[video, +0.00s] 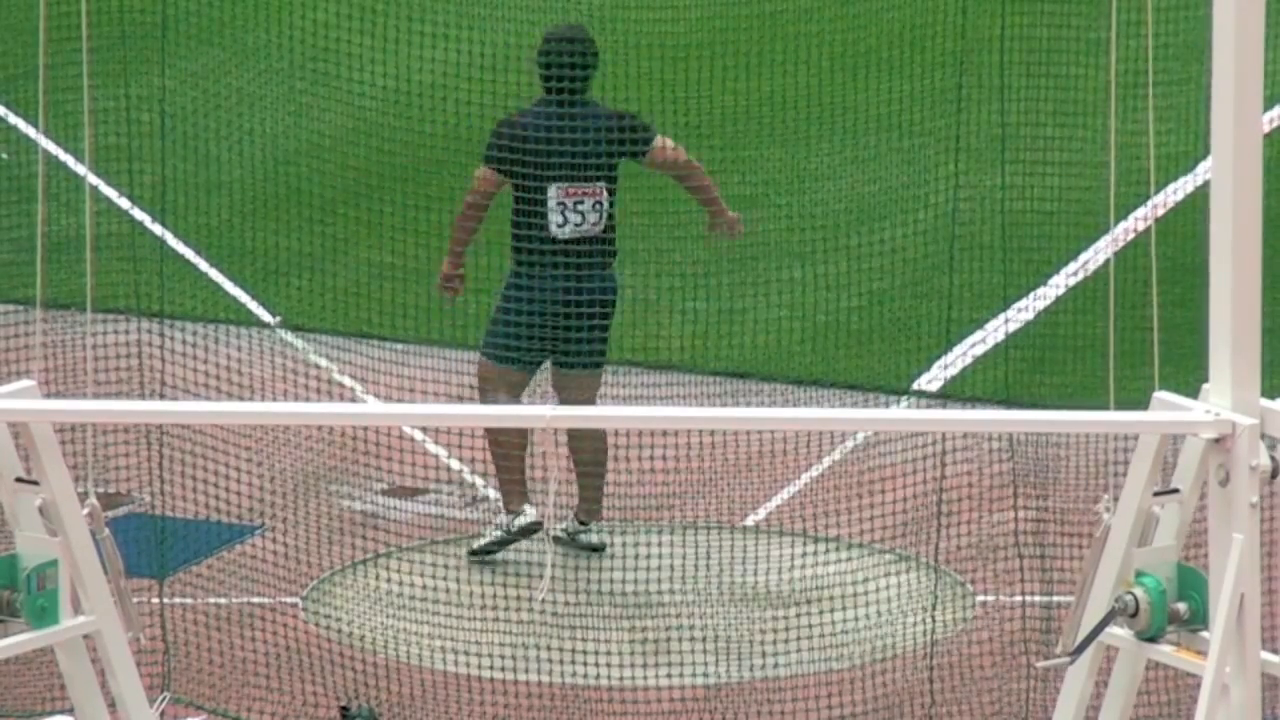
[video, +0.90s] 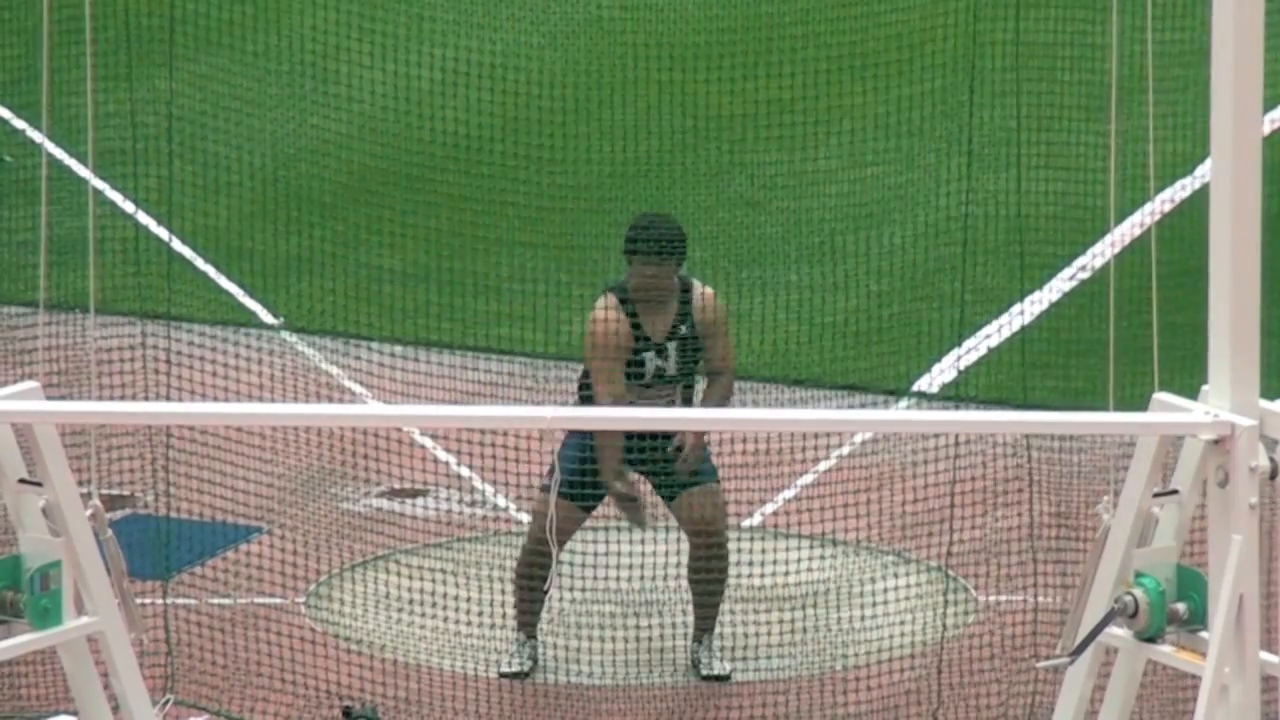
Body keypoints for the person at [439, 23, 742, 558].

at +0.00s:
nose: (565, 76)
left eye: (556, 65)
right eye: (572, 65)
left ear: (542, 70)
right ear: (591, 71)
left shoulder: (517, 128)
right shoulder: (613, 126)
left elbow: (481, 192)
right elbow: (677, 161)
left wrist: (454, 257)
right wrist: (719, 208)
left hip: (533, 284)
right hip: (595, 284)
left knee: (496, 385)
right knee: (580, 398)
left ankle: (517, 509)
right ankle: (588, 522)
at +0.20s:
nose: (567, 260)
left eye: (577, 250)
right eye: (559, 250)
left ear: (596, 252)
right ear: (547, 251)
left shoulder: (620, 303)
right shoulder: (540, 282)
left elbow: (647, 392)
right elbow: (510, 311)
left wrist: (606, 451)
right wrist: (494, 313)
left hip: (633, 427)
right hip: (570, 425)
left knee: (679, 538)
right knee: (524, 525)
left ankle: (703, 642)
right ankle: (524, 641)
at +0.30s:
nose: (589, 266)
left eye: (597, 256)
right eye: (578, 256)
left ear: (608, 255)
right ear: (558, 257)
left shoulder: (628, 307)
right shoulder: (548, 279)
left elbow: (650, 397)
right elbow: (513, 261)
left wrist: (600, 451)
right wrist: (487, 253)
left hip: (634, 430)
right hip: (570, 427)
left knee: (683, 538)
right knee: (525, 527)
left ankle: (702, 642)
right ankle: (524, 641)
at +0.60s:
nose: (617, 275)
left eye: (627, 265)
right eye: (608, 264)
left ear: (643, 266)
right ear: (594, 264)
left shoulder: (667, 316)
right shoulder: (569, 292)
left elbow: (687, 403)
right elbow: (498, 285)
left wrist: (634, 442)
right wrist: (429, 273)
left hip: (661, 431)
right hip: (588, 427)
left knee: (701, 531)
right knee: (536, 526)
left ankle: (705, 643)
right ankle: (524, 642)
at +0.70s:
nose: (632, 274)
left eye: (642, 264)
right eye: (623, 263)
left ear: (657, 267)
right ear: (607, 264)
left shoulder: (684, 316)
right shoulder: (581, 306)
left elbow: (703, 397)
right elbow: (512, 333)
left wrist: (654, 442)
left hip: (669, 429)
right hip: (596, 427)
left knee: (705, 529)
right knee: (542, 524)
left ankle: (706, 643)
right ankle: (524, 641)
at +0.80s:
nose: (644, 276)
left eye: (655, 266)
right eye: (635, 265)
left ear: (670, 267)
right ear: (619, 264)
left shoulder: (696, 312)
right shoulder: (595, 314)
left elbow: (716, 388)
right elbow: (550, 383)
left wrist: (676, 435)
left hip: (672, 434)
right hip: (599, 433)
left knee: (708, 527)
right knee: (543, 526)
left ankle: (705, 643)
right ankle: (525, 641)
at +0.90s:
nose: (650, 274)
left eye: (660, 265)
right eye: (641, 263)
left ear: (678, 266)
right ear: (627, 263)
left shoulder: (706, 306)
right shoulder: (608, 317)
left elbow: (722, 376)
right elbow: (608, 405)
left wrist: (698, 427)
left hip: (670, 433)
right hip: (604, 431)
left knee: (710, 527)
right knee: (545, 530)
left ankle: (704, 643)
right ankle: (525, 640)